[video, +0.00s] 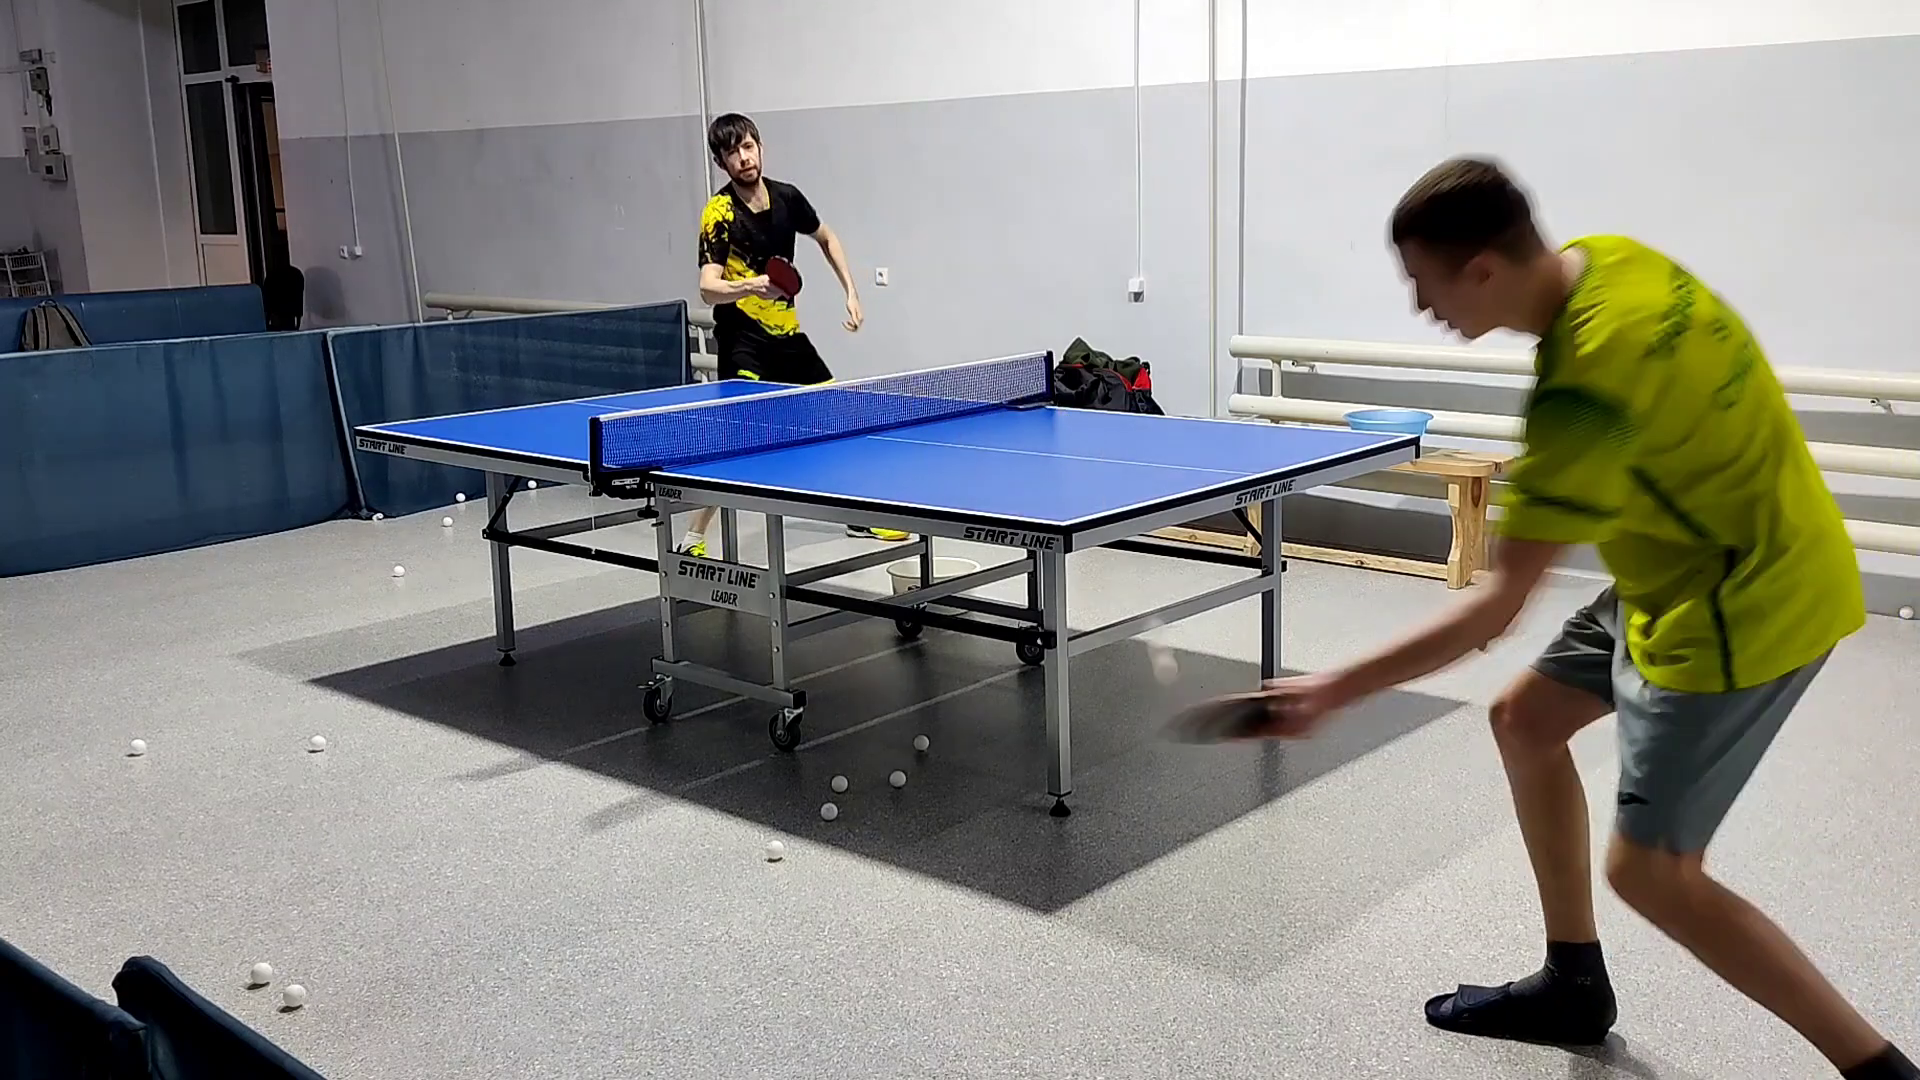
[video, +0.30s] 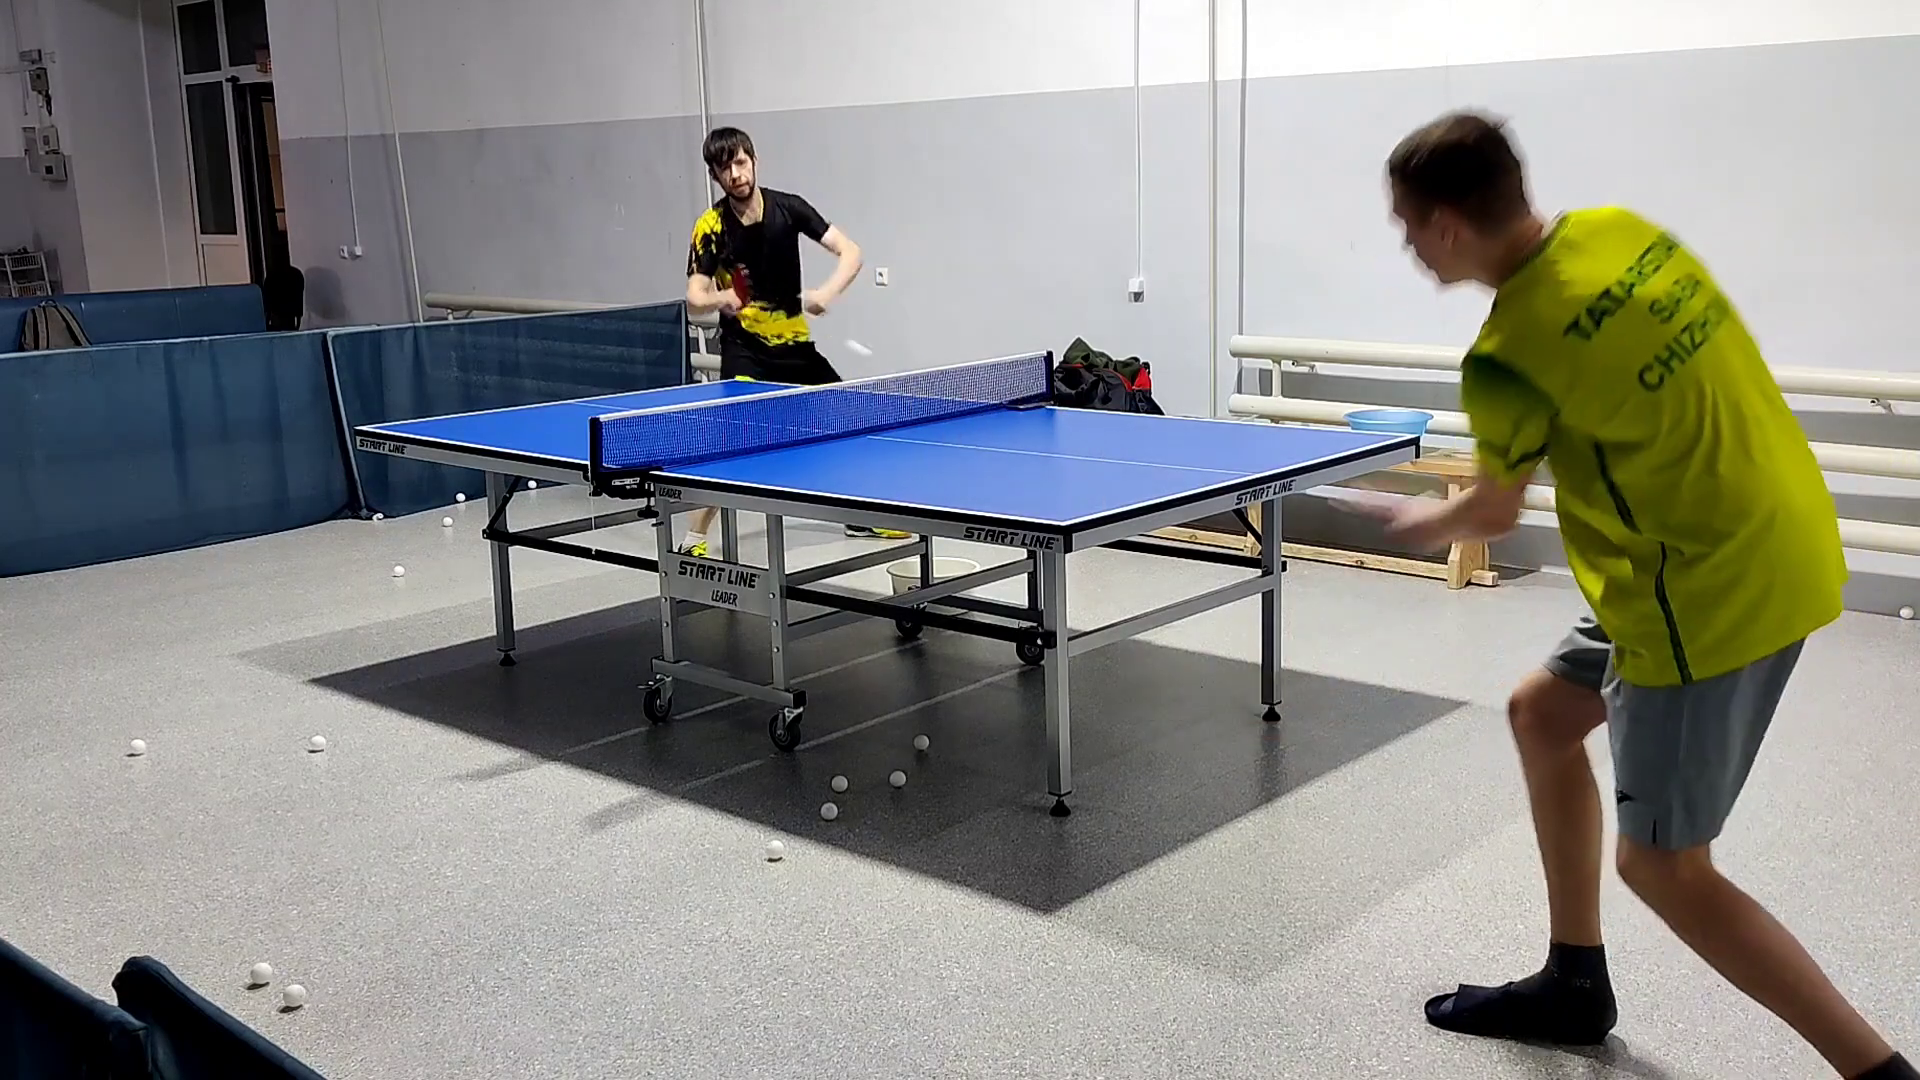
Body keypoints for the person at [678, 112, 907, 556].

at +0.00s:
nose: (744, 157)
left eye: (749, 146)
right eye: (733, 152)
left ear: (761, 147)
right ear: (721, 161)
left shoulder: (787, 197)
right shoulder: (718, 212)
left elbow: (825, 238)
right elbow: (707, 289)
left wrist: (851, 293)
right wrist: (746, 287)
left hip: (788, 333)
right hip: (742, 335)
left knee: (841, 411)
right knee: (740, 433)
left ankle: (860, 511)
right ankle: (695, 538)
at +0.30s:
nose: (737, 175)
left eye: (742, 163)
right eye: (727, 169)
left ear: (754, 162)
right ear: (715, 176)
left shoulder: (789, 208)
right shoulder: (710, 227)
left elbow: (852, 252)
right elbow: (696, 300)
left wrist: (828, 291)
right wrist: (721, 299)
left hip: (795, 344)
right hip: (744, 347)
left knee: (853, 419)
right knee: (735, 438)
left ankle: (864, 509)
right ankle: (696, 538)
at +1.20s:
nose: (864, 234)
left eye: (870, 226)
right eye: (856, 227)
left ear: (877, 232)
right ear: (841, 231)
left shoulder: (878, 284)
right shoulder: (830, 266)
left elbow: (885, 360)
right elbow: (838, 221)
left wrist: (883, 322)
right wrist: (889, 190)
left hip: (853, 388)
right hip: (811, 383)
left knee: (875, 468)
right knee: (793, 457)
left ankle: (900, 560)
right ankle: (763, 525)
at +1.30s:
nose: (860, 230)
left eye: (866, 221)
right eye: (851, 222)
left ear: (874, 227)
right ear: (837, 228)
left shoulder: (879, 279)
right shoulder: (826, 261)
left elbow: (885, 356)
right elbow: (830, 220)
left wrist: (882, 321)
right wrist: (883, 182)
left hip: (855, 386)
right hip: (811, 381)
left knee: (875, 463)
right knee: (793, 456)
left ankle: (901, 560)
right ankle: (762, 526)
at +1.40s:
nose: (851, 213)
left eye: (856, 205)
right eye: (842, 206)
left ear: (864, 210)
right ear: (827, 212)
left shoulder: (875, 261)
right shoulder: (815, 247)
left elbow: (893, 334)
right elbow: (802, 212)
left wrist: (880, 302)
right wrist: (853, 165)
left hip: (854, 376)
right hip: (807, 375)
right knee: (795, 456)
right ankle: (760, 527)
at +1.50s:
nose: (837, 182)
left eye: (842, 172)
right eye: (827, 174)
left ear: (851, 176)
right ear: (814, 182)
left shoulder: (867, 231)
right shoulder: (802, 223)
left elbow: (894, 300)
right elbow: (775, 201)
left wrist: (872, 283)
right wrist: (818, 152)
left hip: (851, 352)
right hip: (804, 351)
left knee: (916, 400)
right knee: (787, 415)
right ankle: (760, 525)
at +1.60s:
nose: (823, 155)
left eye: (827, 145)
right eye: (813, 148)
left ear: (837, 146)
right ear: (800, 153)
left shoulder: (857, 199)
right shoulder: (791, 191)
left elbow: (886, 264)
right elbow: (754, 201)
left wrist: (869, 266)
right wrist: (789, 151)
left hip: (844, 320)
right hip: (797, 318)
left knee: (895, 403)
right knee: (777, 407)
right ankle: (751, 517)